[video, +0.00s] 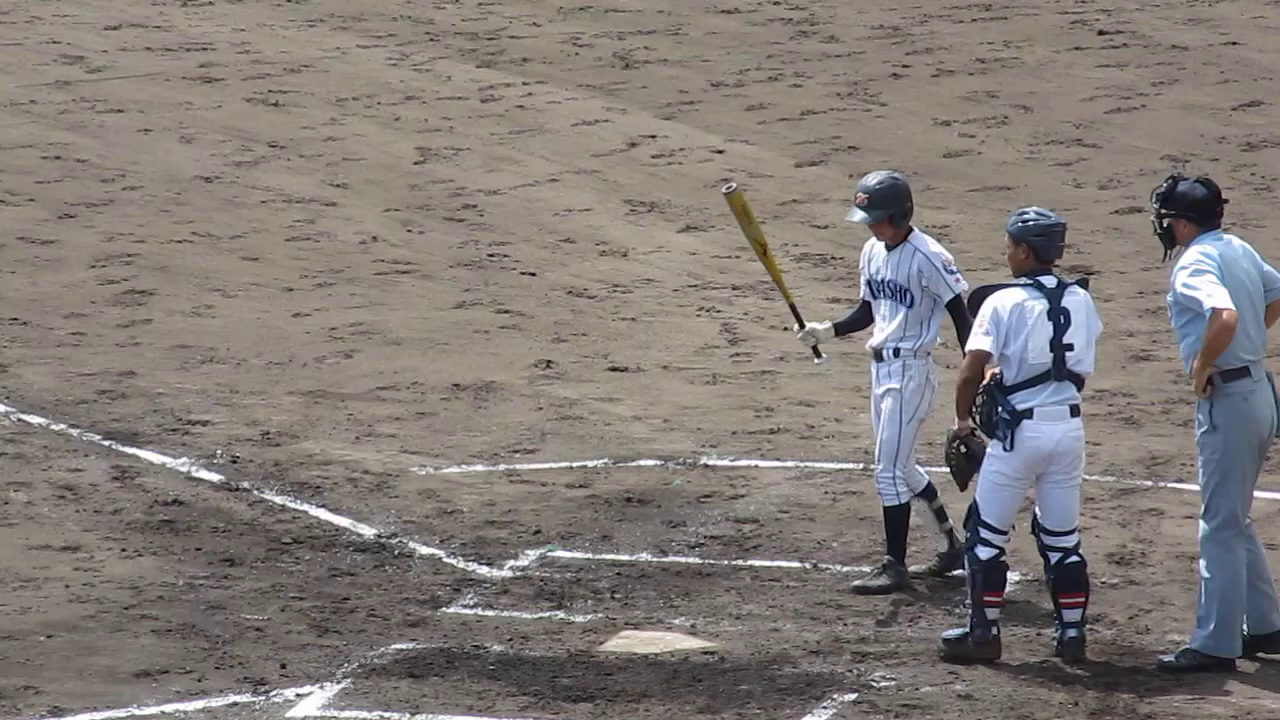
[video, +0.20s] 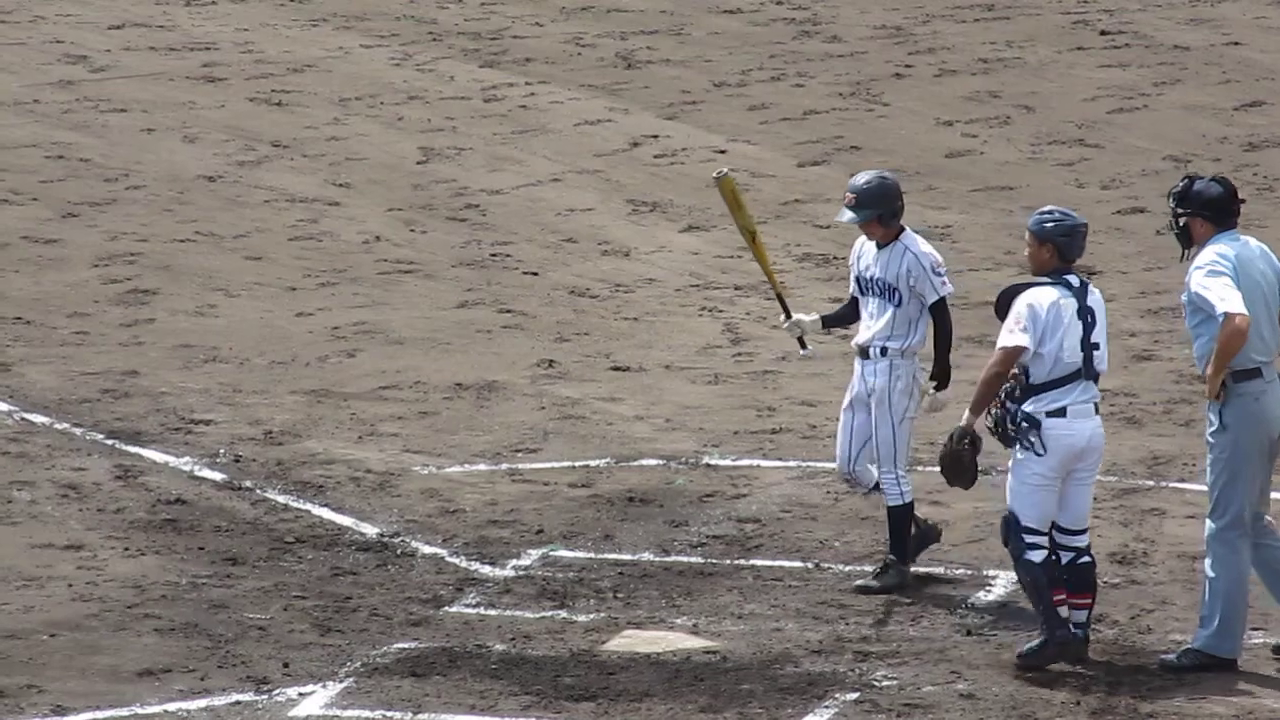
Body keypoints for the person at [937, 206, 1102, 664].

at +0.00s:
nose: (1006, 251)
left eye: (1010, 244)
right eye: (1009, 243)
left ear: (1025, 250)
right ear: (1052, 252)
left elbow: (974, 368)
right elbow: (1078, 372)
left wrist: (963, 416)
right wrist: (1010, 379)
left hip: (1019, 432)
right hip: (1070, 431)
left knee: (987, 534)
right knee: (1062, 538)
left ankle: (983, 633)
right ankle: (1072, 635)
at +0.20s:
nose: (1026, 249)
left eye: (1032, 243)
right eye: (1028, 241)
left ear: (1052, 250)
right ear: (1067, 251)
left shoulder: (1032, 300)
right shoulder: (1093, 296)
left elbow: (1003, 363)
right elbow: (1091, 367)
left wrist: (971, 417)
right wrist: (1026, 388)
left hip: (1046, 430)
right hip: (1088, 425)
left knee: (1023, 532)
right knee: (1074, 536)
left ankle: (1054, 629)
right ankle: (1077, 633)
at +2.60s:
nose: (1126, 338)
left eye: (1130, 331)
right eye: (1127, 330)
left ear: (1148, 336)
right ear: (1163, 335)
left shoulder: (1157, 395)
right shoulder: (1184, 370)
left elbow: (1150, 469)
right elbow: (1150, 375)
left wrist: (1131, 533)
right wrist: (1107, 369)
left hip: (1167, 517)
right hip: (1186, 507)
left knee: (1166, 617)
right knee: (1162, 612)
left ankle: (1177, 708)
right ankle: (1173, 701)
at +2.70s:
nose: (1125, 338)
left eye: (1127, 332)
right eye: (1125, 331)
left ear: (1143, 339)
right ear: (1169, 336)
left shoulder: (1151, 399)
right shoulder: (1187, 370)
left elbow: (1147, 473)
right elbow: (1155, 358)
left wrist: (1136, 536)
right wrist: (1116, 329)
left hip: (1168, 518)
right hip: (1194, 509)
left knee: (1164, 618)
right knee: (1169, 612)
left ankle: (1179, 708)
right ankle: (1172, 700)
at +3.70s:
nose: (1124, 342)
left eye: (1127, 337)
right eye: (1125, 336)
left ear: (1140, 345)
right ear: (1168, 340)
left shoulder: (1155, 404)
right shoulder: (1182, 376)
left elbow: (1150, 481)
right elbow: (1127, 407)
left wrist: (1142, 548)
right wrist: (1119, 359)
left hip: (1166, 523)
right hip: (1186, 514)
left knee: (1164, 624)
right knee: (1161, 617)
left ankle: (1184, 708)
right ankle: (1179, 700)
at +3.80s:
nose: (1126, 342)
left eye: (1131, 336)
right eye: (1127, 335)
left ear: (1145, 342)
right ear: (1170, 340)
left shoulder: (1157, 399)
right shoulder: (1185, 376)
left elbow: (1152, 476)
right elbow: (1133, 428)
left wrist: (1143, 543)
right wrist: (1125, 375)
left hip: (1168, 520)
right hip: (1190, 511)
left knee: (1167, 623)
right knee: (1163, 615)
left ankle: (1187, 708)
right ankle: (1182, 701)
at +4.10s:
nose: (1116, 342)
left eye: (1120, 334)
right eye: (1116, 334)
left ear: (1138, 340)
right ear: (1158, 335)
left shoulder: (1151, 391)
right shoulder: (1182, 372)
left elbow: (1149, 466)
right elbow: (1131, 424)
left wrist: (1136, 534)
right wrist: (1122, 377)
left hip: (1169, 517)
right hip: (1193, 510)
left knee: (1161, 621)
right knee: (1169, 612)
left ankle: (1179, 709)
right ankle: (1183, 698)